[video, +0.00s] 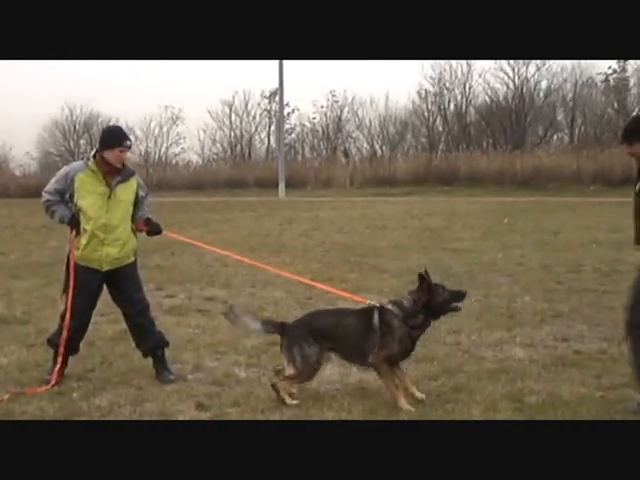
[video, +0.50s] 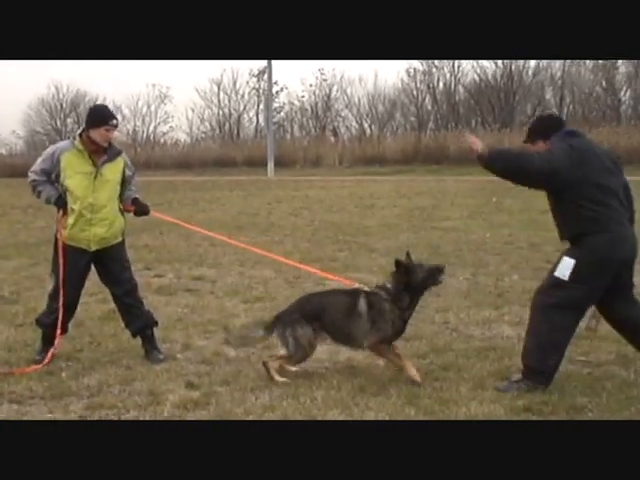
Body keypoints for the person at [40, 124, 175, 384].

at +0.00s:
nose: (125, 155)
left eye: (126, 150)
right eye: (120, 150)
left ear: (124, 151)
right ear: (104, 150)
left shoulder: (132, 179)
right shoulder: (75, 173)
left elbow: (140, 208)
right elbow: (50, 198)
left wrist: (144, 223)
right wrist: (69, 217)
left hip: (122, 259)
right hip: (86, 260)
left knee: (139, 311)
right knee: (76, 317)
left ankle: (160, 363)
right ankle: (58, 364)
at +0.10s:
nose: (124, 154)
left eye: (125, 149)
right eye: (119, 149)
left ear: (124, 150)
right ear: (104, 148)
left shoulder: (131, 178)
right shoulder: (74, 171)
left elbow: (138, 209)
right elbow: (50, 197)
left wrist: (143, 222)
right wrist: (68, 216)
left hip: (121, 258)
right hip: (85, 259)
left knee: (138, 310)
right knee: (75, 315)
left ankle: (160, 362)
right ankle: (58, 364)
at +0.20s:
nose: (121, 146)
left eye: (122, 140)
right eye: (116, 140)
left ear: (121, 142)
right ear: (100, 140)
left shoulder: (128, 170)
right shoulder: (71, 163)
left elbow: (135, 199)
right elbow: (46, 189)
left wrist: (140, 213)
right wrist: (65, 207)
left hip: (119, 250)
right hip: (82, 251)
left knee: (136, 303)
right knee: (73, 308)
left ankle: (158, 353)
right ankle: (56, 355)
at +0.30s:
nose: (117, 140)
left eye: (119, 135)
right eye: (112, 134)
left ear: (117, 136)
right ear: (96, 134)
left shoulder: (124, 163)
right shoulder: (66, 157)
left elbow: (131, 192)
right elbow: (42, 183)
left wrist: (136, 207)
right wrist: (62, 202)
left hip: (115, 244)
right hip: (78, 245)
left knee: (132, 296)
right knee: (70, 301)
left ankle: (155, 347)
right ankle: (52, 349)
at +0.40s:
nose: (113, 136)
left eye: (115, 131)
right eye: (109, 131)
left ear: (114, 132)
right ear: (93, 131)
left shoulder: (121, 160)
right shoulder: (63, 154)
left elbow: (129, 190)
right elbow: (39, 180)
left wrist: (134, 204)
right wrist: (59, 199)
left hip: (112, 241)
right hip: (76, 242)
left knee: (129, 293)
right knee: (67, 298)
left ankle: (152, 344)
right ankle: (50, 346)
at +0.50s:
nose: (111, 134)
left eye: (113, 129)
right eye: (107, 129)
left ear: (112, 130)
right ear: (90, 128)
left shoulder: (118, 157)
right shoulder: (61, 152)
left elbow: (128, 186)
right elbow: (37, 178)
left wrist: (132, 202)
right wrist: (56, 197)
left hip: (110, 238)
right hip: (73, 239)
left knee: (127, 291)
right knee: (65, 295)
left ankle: (149, 342)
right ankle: (48, 344)